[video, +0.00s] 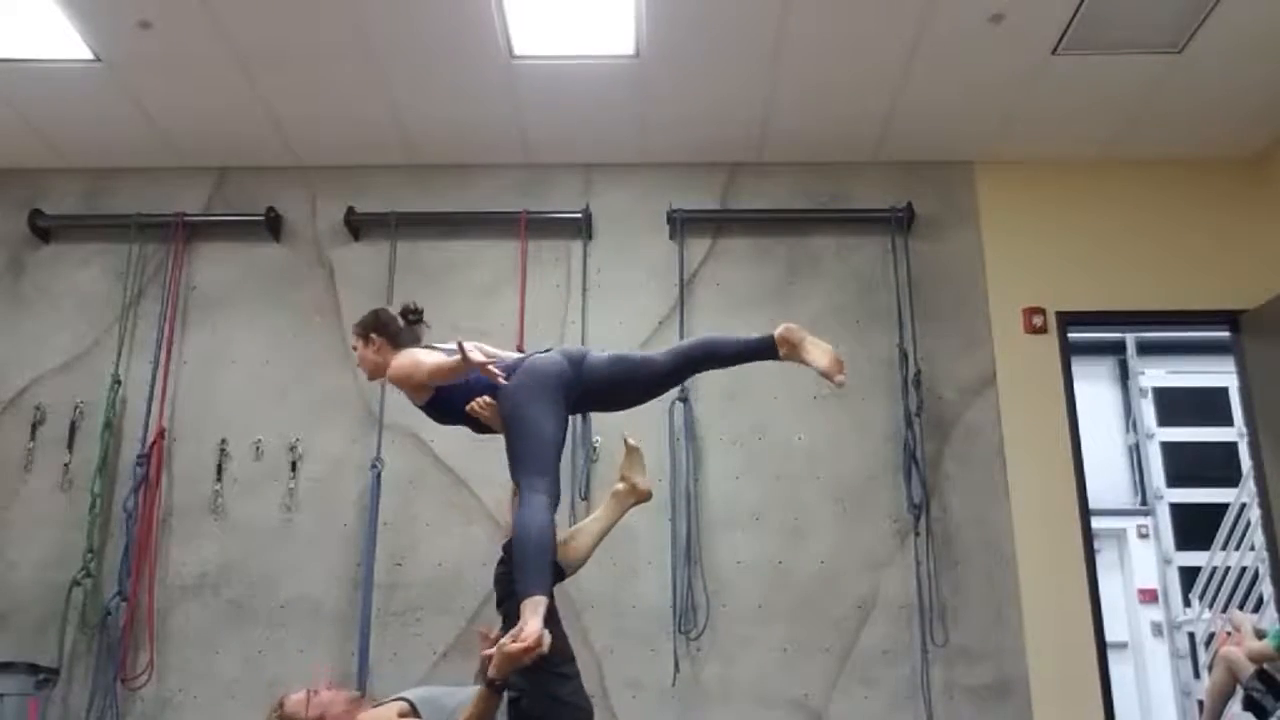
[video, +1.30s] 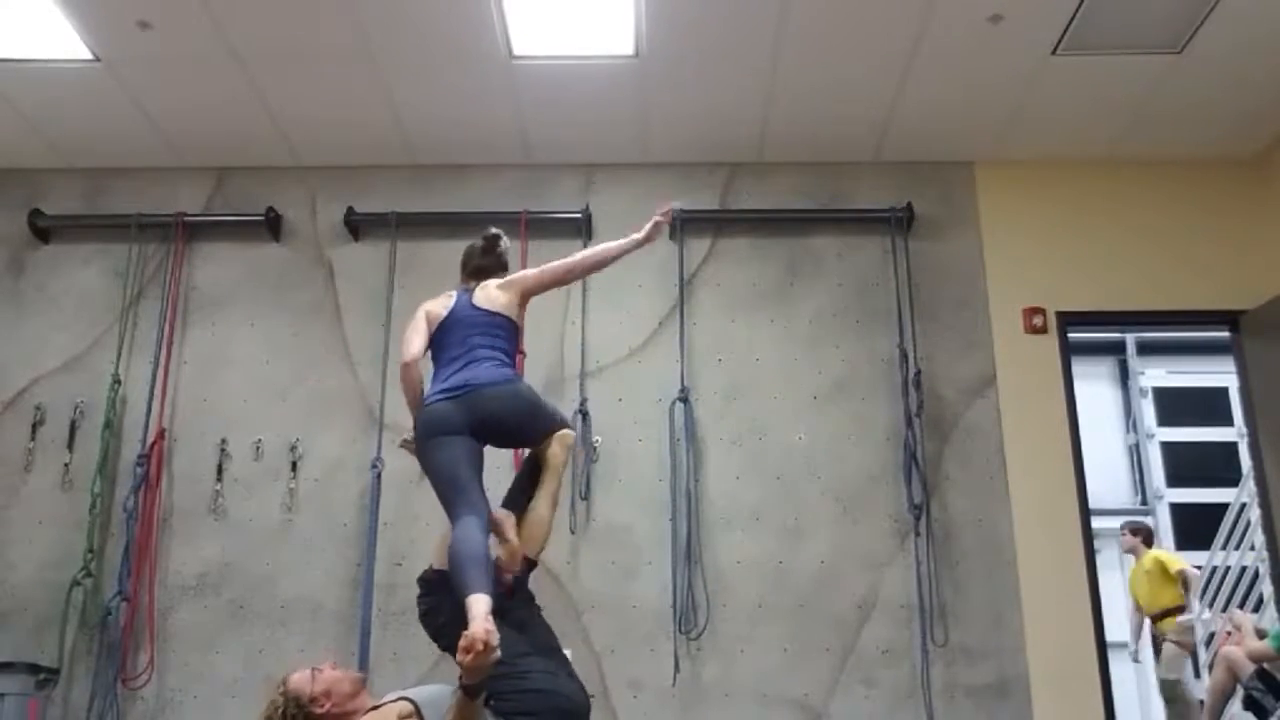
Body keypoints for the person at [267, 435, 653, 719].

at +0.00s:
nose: (323, 687)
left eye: (310, 690)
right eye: (311, 701)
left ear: (330, 693)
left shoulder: (386, 706)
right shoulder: (387, 716)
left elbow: (466, 708)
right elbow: (468, 714)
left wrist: (487, 673)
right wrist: (496, 682)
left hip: (530, 699)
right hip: (540, 707)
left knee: (517, 567)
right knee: (517, 568)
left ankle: (623, 498)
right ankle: (625, 495)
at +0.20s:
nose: (321, 685)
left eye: (308, 690)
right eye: (311, 699)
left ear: (332, 697)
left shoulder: (384, 707)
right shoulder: (384, 718)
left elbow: (466, 708)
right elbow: (466, 717)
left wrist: (485, 681)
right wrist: (484, 683)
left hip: (533, 703)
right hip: (540, 710)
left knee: (518, 575)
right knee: (518, 574)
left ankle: (629, 501)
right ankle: (630, 498)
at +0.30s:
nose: (333, 678)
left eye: (322, 678)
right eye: (321, 689)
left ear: (337, 692)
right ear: (325, 719)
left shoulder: (387, 705)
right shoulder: (387, 718)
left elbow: (461, 706)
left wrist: (479, 670)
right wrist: (471, 682)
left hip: (528, 704)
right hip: (541, 712)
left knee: (531, 578)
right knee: (522, 579)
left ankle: (627, 498)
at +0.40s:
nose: (349, 665)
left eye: (337, 663)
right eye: (334, 673)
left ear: (338, 700)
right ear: (330, 708)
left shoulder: (387, 708)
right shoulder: (386, 718)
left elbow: (461, 711)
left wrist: (477, 680)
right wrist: (477, 684)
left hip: (529, 706)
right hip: (540, 712)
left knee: (527, 579)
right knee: (521, 577)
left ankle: (622, 506)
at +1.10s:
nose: (346, 655)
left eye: (334, 657)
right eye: (334, 666)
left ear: (342, 694)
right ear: (338, 699)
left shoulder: (387, 703)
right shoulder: (388, 715)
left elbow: (468, 712)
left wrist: (492, 689)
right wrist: (493, 690)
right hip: (546, 709)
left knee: (473, 577)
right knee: (471, 582)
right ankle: (567, 474)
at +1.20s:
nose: (342, 657)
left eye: (330, 659)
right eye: (330, 668)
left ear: (338, 696)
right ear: (334, 702)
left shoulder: (387, 702)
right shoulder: (388, 714)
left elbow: (467, 711)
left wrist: (487, 690)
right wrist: (488, 690)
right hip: (544, 706)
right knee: (462, 590)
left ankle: (556, 466)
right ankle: (561, 466)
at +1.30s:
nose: (329, 664)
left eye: (316, 667)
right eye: (318, 676)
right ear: (326, 707)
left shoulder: (391, 702)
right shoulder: (385, 713)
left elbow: (457, 713)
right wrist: (472, 688)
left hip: (556, 699)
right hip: (535, 704)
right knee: (438, 594)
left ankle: (553, 458)